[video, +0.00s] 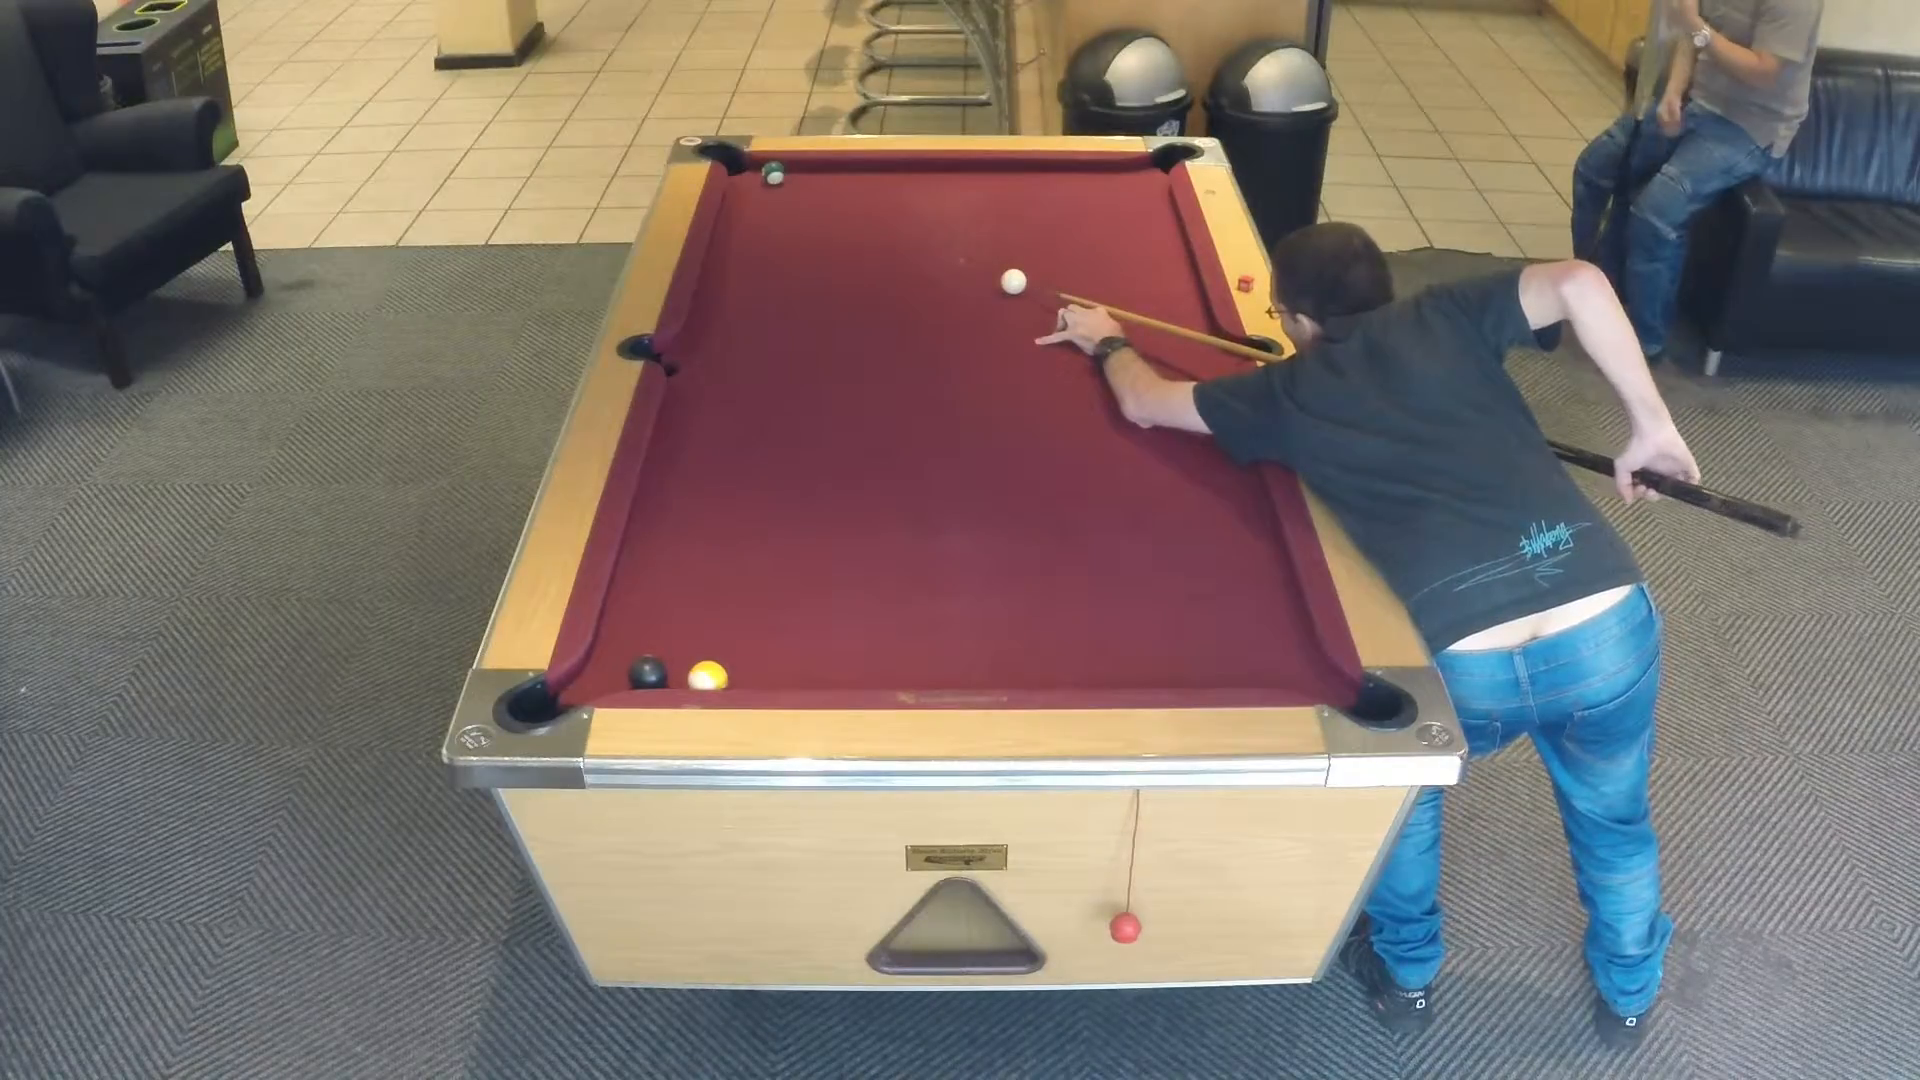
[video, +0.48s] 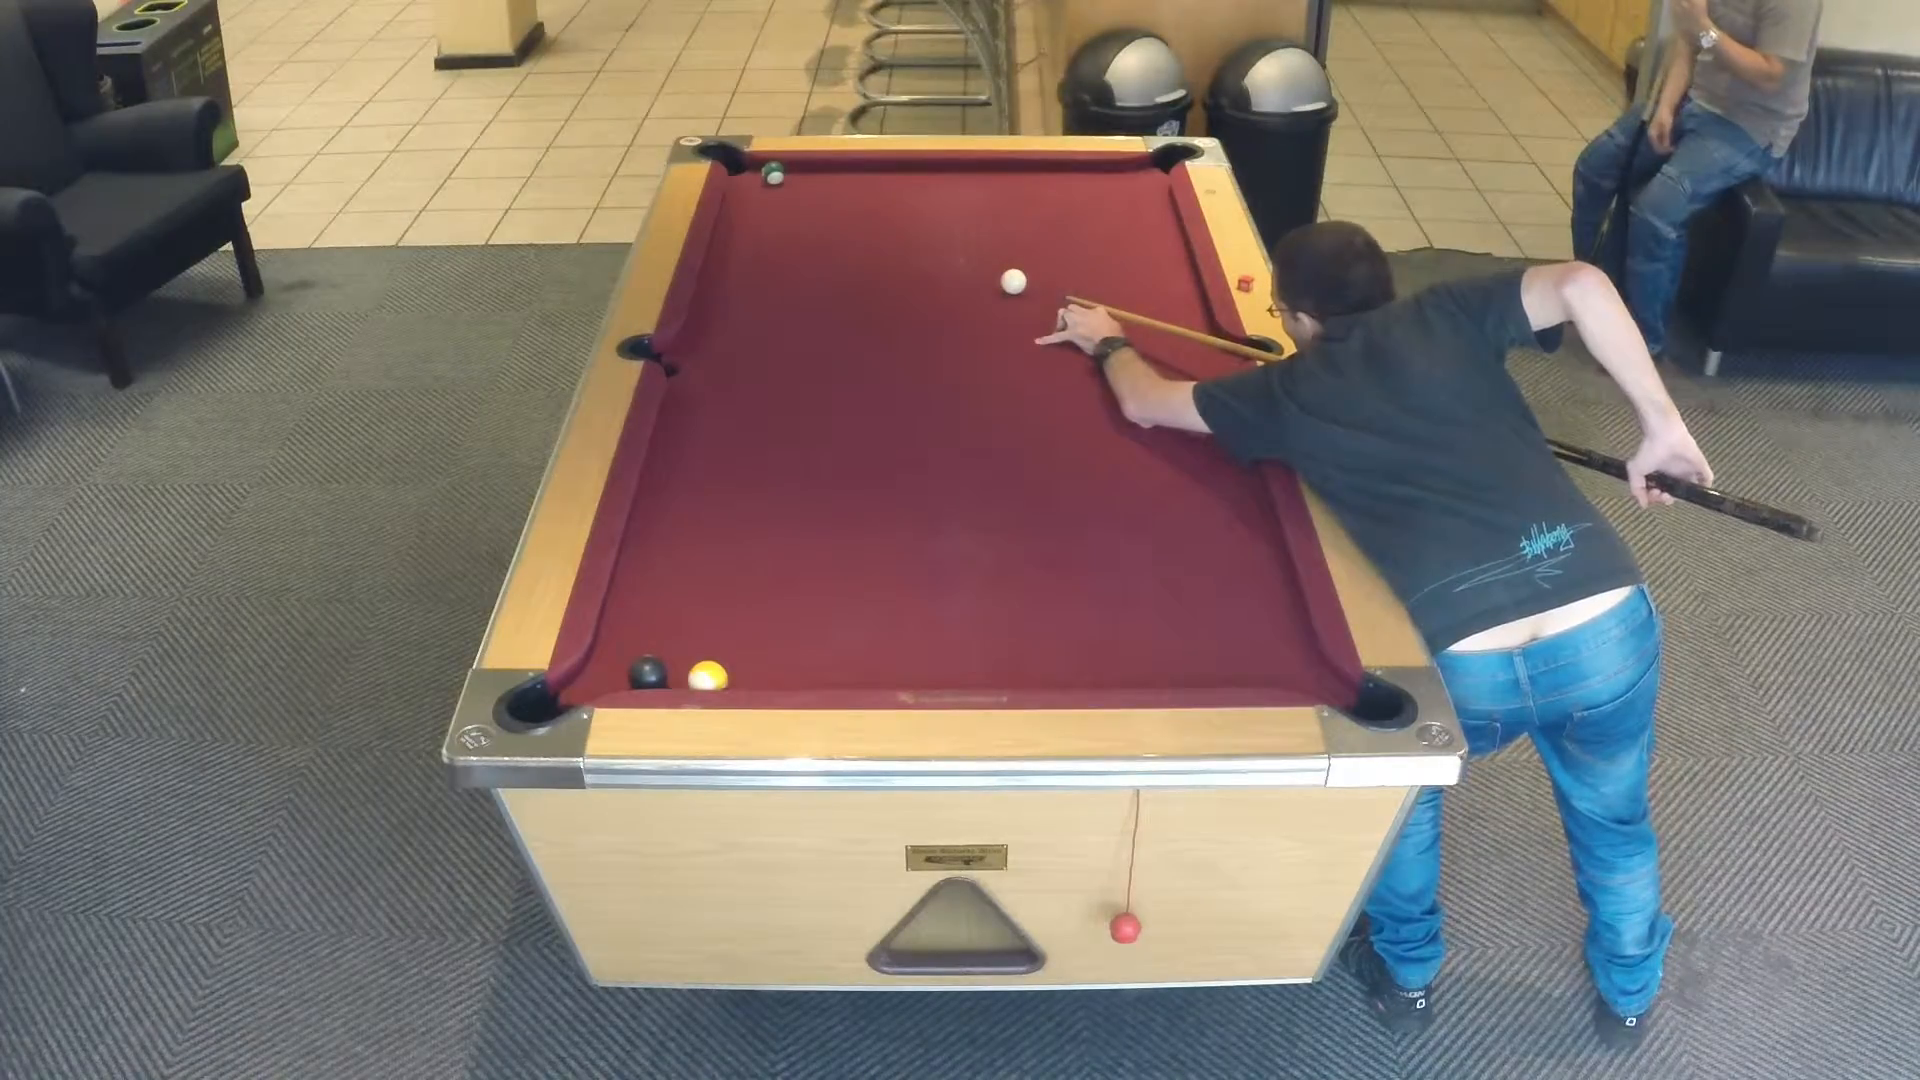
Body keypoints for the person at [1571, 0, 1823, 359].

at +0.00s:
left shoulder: (1795, 6)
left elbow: (1766, 73)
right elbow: (1689, 35)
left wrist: (1696, 27)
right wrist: (1674, 92)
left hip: (1749, 126)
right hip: (1691, 103)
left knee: (1655, 210)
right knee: (1594, 169)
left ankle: (1644, 345)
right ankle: (1590, 299)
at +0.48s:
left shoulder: (1792, 6)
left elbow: (1770, 75)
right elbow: (1685, 44)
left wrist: (1703, 30)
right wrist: (1665, 106)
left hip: (1747, 126)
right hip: (1690, 103)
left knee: (1655, 209)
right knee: (1594, 169)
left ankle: (1643, 345)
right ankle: (1588, 302)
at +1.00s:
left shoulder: (1791, 6)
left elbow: (1770, 76)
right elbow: (1685, 40)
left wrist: (1702, 28)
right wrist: (1665, 106)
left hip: (1746, 127)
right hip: (1689, 103)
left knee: (1654, 211)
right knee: (1595, 168)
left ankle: (1642, 342)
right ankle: (1588, 300)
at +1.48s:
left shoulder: (1791, 7)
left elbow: (1770, 76)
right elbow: (1687, 40)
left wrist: (1702, 27)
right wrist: (1666, 106)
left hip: (1746, 127)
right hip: (1689, 103)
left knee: (1654, 211)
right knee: (1594, 168)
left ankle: (1642, 341)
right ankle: (1591, 300)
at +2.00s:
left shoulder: (1792, 6)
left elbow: (1770, 76)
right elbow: (1686, 41)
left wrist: (1703, 28)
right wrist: (1665, 106)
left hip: (1746, 128)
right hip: (1689, 103)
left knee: (1653, 211)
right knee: (1595, 168)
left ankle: (1643, 342)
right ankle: (1592, 300)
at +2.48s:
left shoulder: (1792, 6)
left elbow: (1771, 76)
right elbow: (1686, 40)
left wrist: (1702, 28)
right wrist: (1665, 105)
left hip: (1746, 126)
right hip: (1688, 102)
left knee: (1654, 211)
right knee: (1594, 168)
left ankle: (1642, 342)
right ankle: (1593, 302)